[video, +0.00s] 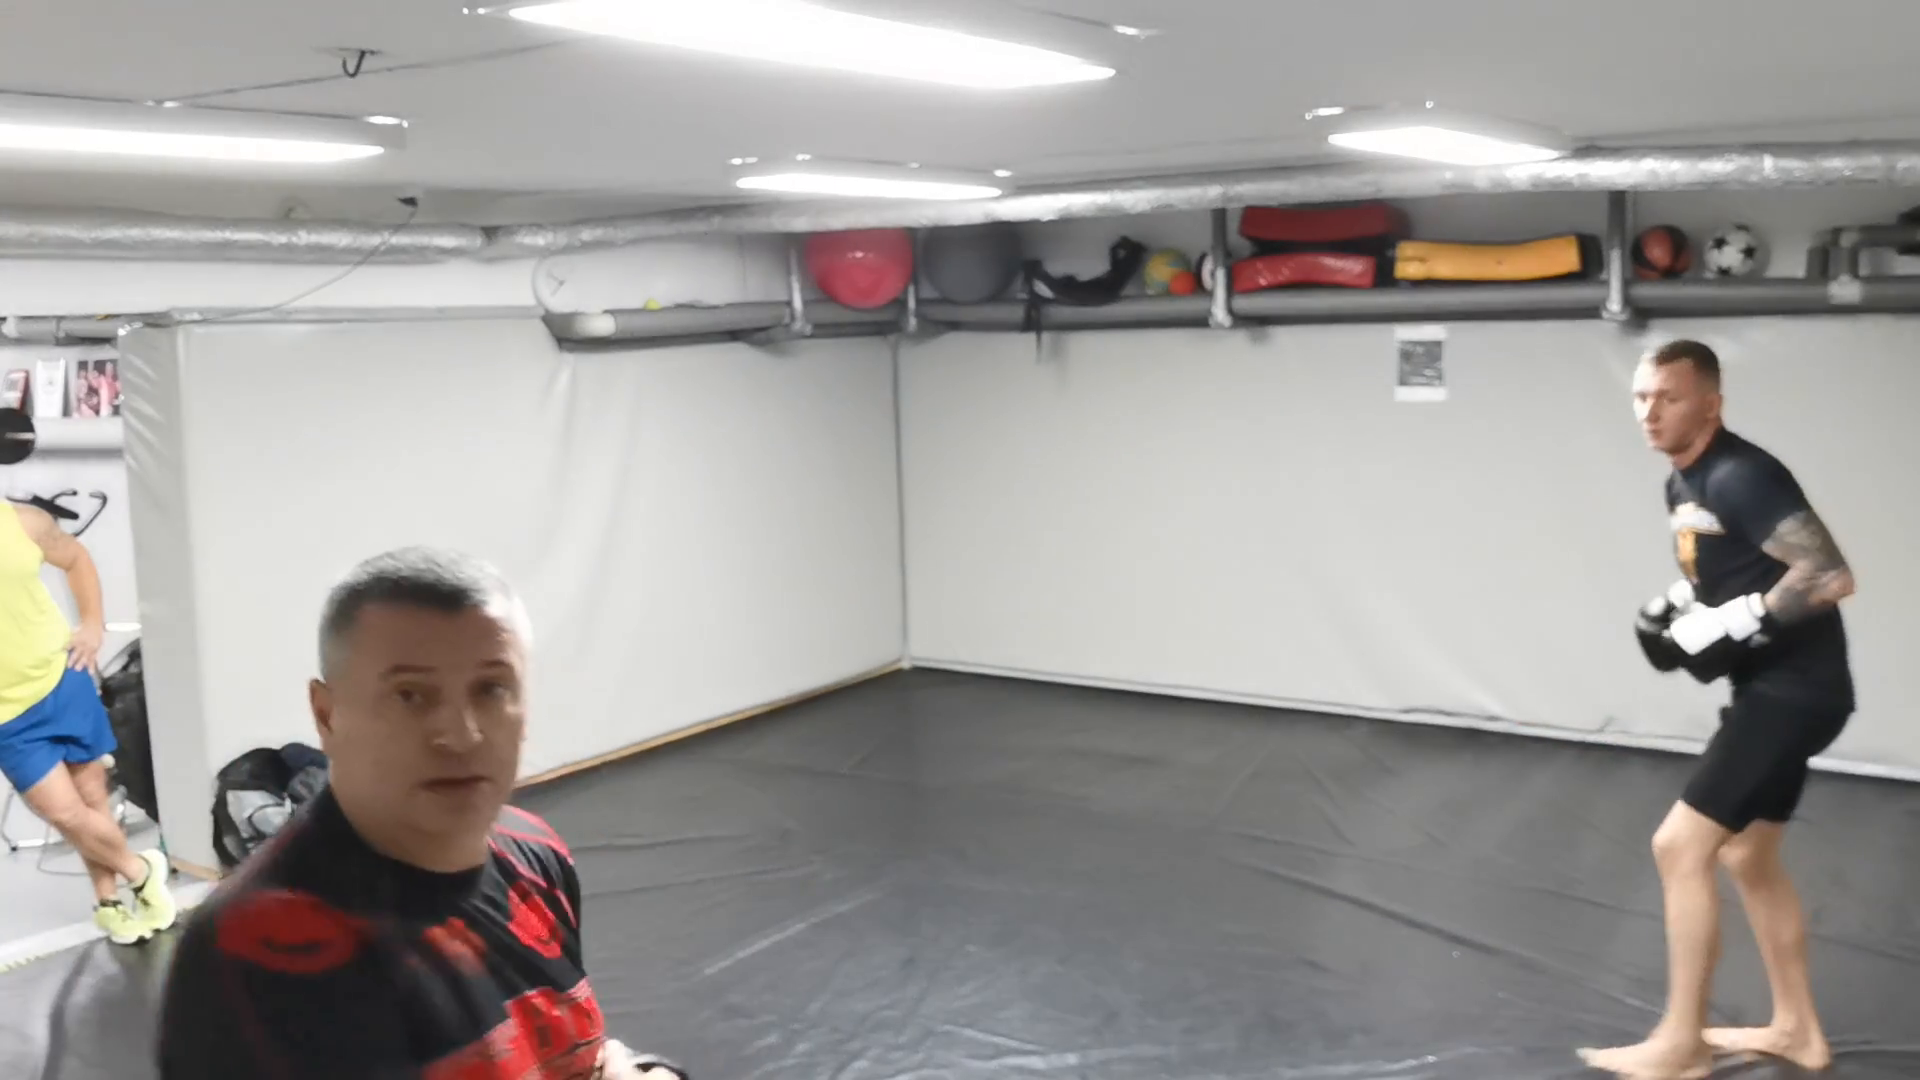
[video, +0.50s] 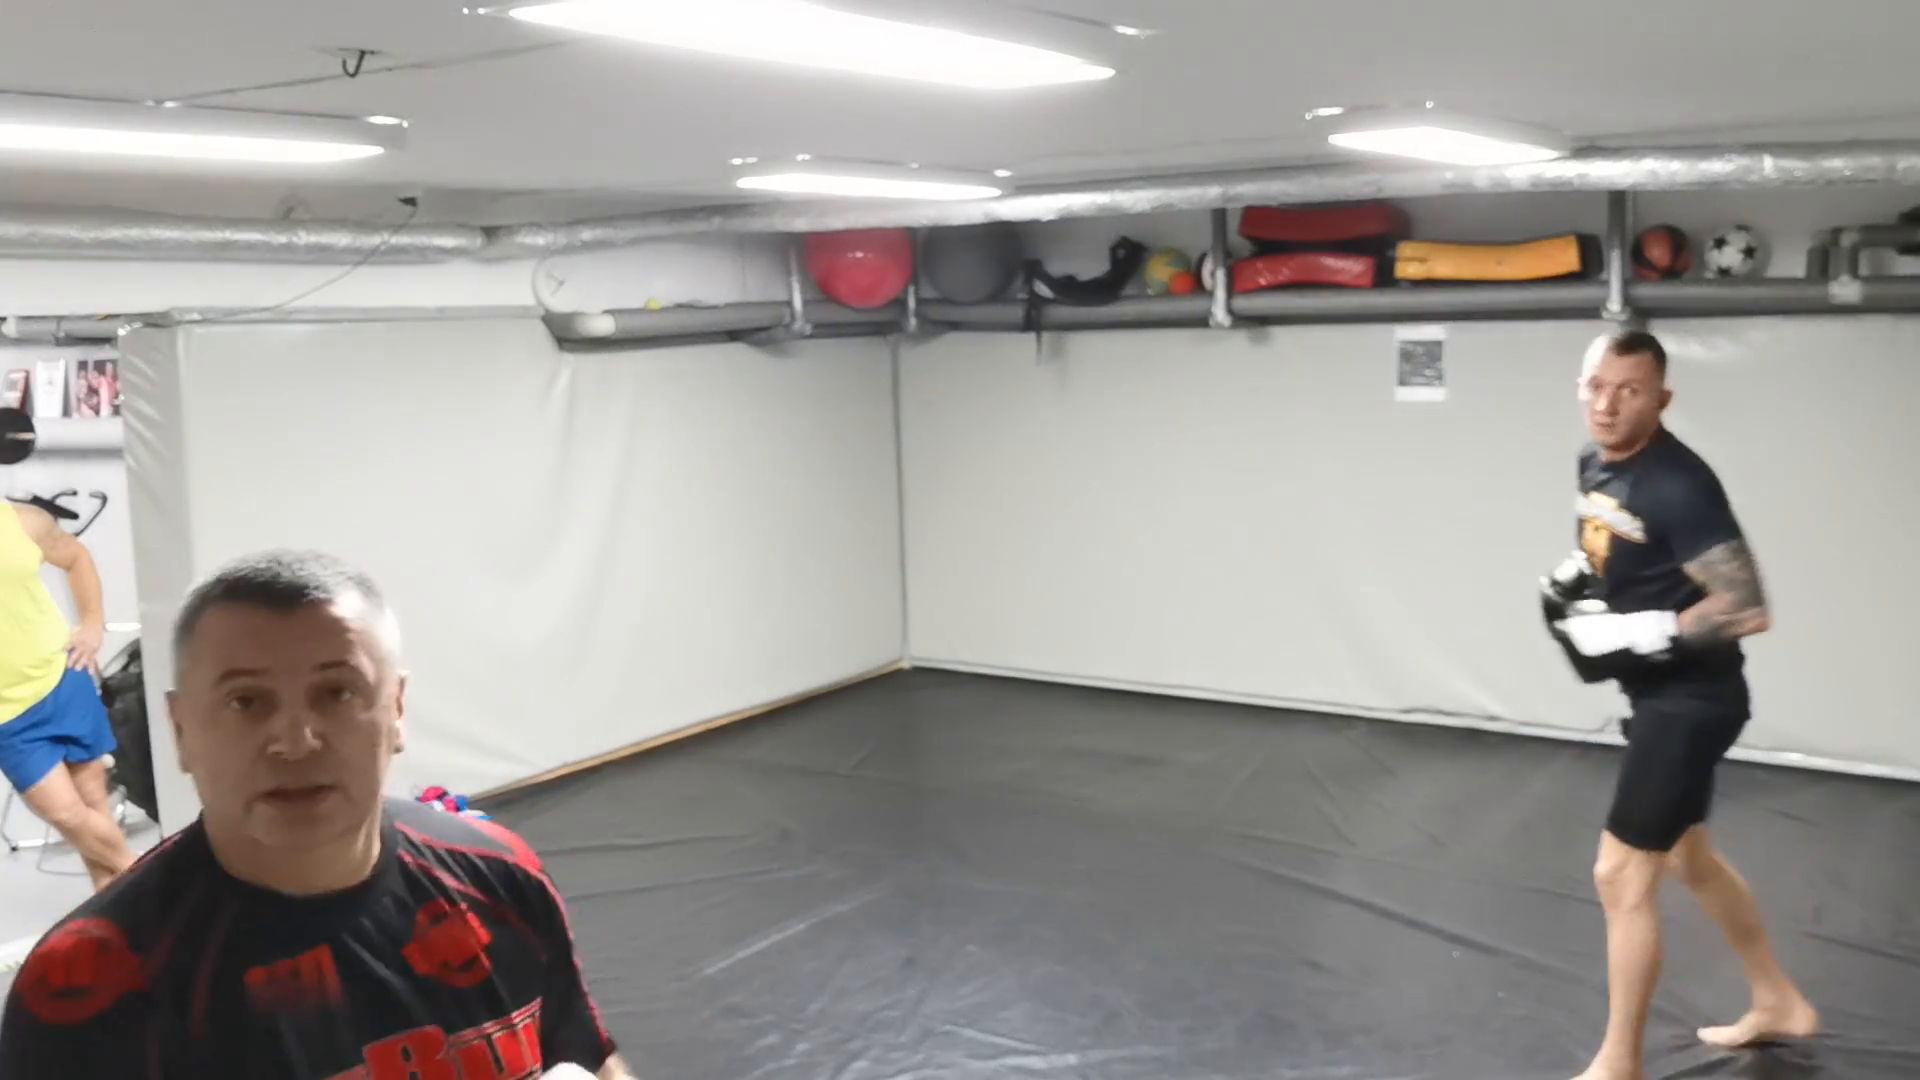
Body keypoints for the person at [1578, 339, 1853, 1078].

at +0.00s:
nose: (1650, 414)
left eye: (1667, 399)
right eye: (1643, 399)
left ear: (1711, 402)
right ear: (1637, 403)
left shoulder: (1747, 477)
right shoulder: (1682, 481)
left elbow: (1831, 575)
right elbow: (1719, 578)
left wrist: (1737, 618)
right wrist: (1680, 611)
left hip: (1797, 690)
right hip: (1766, 685)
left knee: (1681, 846)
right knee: (1751, 854)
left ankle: (1679, 1040)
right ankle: (1797, 1028)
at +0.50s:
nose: (1606, 404)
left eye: (1627, 391)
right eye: (1596, 387)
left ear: (1661, 399)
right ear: (1584, 390)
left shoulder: (1682, 485)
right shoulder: (1594, 468)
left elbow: (1748, 608)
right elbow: (1611, 563)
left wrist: (1646, 631)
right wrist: (1577, 587)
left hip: (1695, 701)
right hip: (1655, 695)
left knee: (1622, 877)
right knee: (1691, 858)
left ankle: (1617, 1062)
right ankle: (1778, 1001)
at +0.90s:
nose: (1570, 391)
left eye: (1591, 378)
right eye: (1560, 374)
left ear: (1625, 390)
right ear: (1546, 378)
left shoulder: (1626, 476)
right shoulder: (1547, 450)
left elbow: (1612, 617)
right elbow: (1564, 544)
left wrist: (1526, 583)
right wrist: (1516, 540)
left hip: (1633, 705)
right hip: (1582, 691)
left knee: (1603, 886)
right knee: (1532, 843)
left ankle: (1620, 1060)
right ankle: (1567, 1012)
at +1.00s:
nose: (1557, 389)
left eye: (1577, 377)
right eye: (1546, 372)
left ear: (1611, 389)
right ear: (1531, 377)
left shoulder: (1613, 476)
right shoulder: (1536, 449)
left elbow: (1604, 615)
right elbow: (1545, 545)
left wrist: (1510, 585)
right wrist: (1497, 545)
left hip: (1620, 707)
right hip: (1565, 694)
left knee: (1603, 889)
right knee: (1504, 846)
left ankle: (1619, 1059)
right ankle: (1498, 1018)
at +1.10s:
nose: (1535, 388)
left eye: (1556, 376)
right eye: (1525, 372)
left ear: (1589, 389)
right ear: (1510, 378)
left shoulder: (1600, 482)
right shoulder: (1518, 454)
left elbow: (1603, 620)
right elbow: (1521, 545)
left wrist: (1504, 593)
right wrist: (1473, 552)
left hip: (1605, 709)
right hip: (1546, 696)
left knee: (1601, 892)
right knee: (1482, 852)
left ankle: (1619, 1060)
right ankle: (1444, 1022)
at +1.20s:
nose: (1508, 389)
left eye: (1528, 376)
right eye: (1499, 373)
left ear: (1562, 389)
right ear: (1484, 382)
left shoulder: (1586, 485)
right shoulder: (1496, 470)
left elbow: (1598, 626)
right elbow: (1504, 574)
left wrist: (1492, 597)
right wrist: (1453, 565)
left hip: (1585, 714)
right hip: (1521, 703)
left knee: (1592, 894)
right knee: (1466, 864)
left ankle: (1618, 1060)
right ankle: (1423, 1034)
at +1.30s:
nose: (1480, 392)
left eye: (1500, 377)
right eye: (1469, 376)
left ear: (1533, 391)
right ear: (1457, 386)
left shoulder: (1566, 486)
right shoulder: (1468, 481)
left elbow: (1591, 622)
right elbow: (1470, 581)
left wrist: (1482, 603)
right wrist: (1426, 575)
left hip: (1556, 725)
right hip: (1488, 716)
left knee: (1572, 896)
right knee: (1453, 878)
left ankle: (1616, 1059)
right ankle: (1422, 1046)